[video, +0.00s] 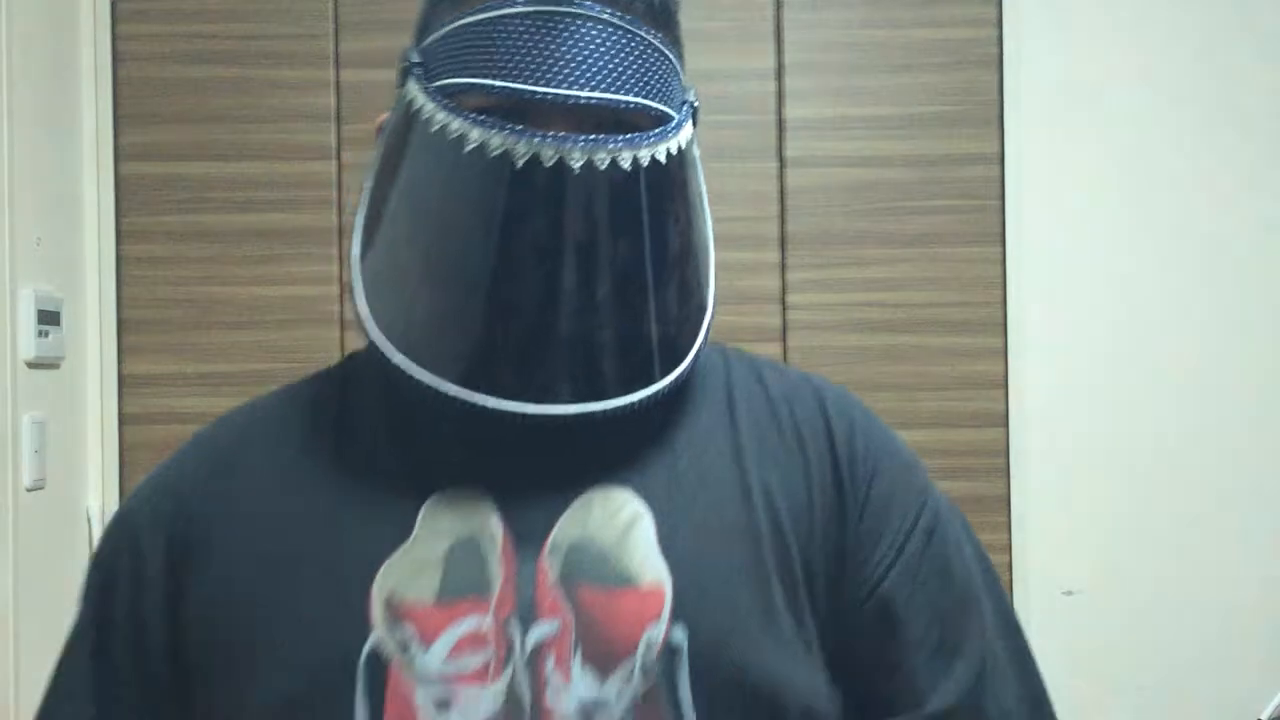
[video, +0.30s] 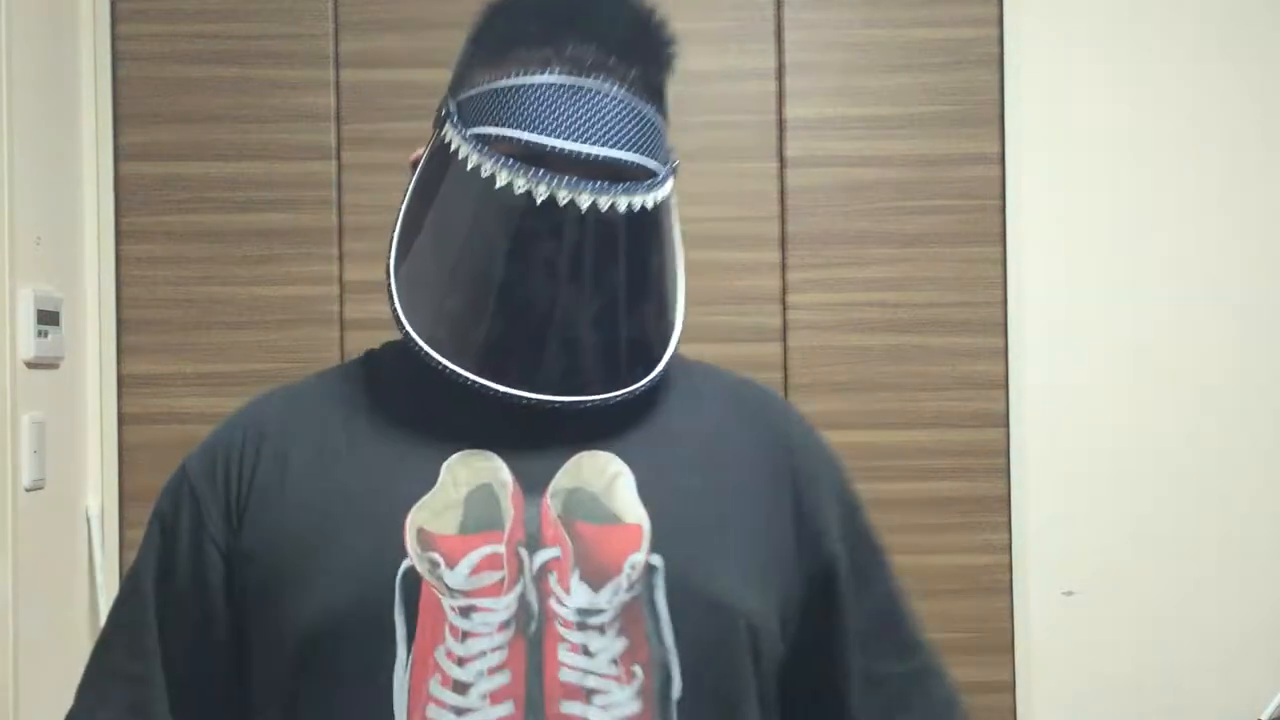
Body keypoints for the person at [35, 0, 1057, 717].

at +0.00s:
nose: (553, 272)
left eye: (606, 224)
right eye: (498, 223)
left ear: (678, 209)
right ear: (401, 195)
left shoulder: (837, 480)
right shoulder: (196, 525)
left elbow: (991, 707)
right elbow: (84, 707)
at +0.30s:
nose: (557, 265)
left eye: (598, 217)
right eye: (520, 211)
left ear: (652, 213)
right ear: (440, 192)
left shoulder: (776, 464)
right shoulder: (251, 476)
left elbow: (908, 704)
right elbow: (121, 707)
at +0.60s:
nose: (493, 297)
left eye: (531, 257)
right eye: (456, 254)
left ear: (578, 255)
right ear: (395, 244)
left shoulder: (666, 481)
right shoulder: (242, 491)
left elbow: (747, 708)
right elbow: (112, 705)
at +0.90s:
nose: (528, 262)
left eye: (561, 233)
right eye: (499, 229)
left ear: (605, 237)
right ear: (442, 224)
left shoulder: (681, 427)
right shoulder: (307, 431)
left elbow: (725, 674)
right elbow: (220, 664)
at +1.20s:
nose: (635, 315)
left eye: (662, 289)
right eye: (606, 289)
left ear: (702, 288)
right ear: (561, 284)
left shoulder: (781, 468)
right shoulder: (468, 473)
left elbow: (828, 692)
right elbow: (396, 687)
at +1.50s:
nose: (680, 281)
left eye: (701, 257)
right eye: (658, 257)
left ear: (736, 259)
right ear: (620, 259)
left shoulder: (824, 416)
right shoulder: (538, 428)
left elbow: (899, 600)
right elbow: (483, 608)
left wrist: (889, 712)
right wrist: (471, 712)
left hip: (774, 705)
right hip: (589, 706)